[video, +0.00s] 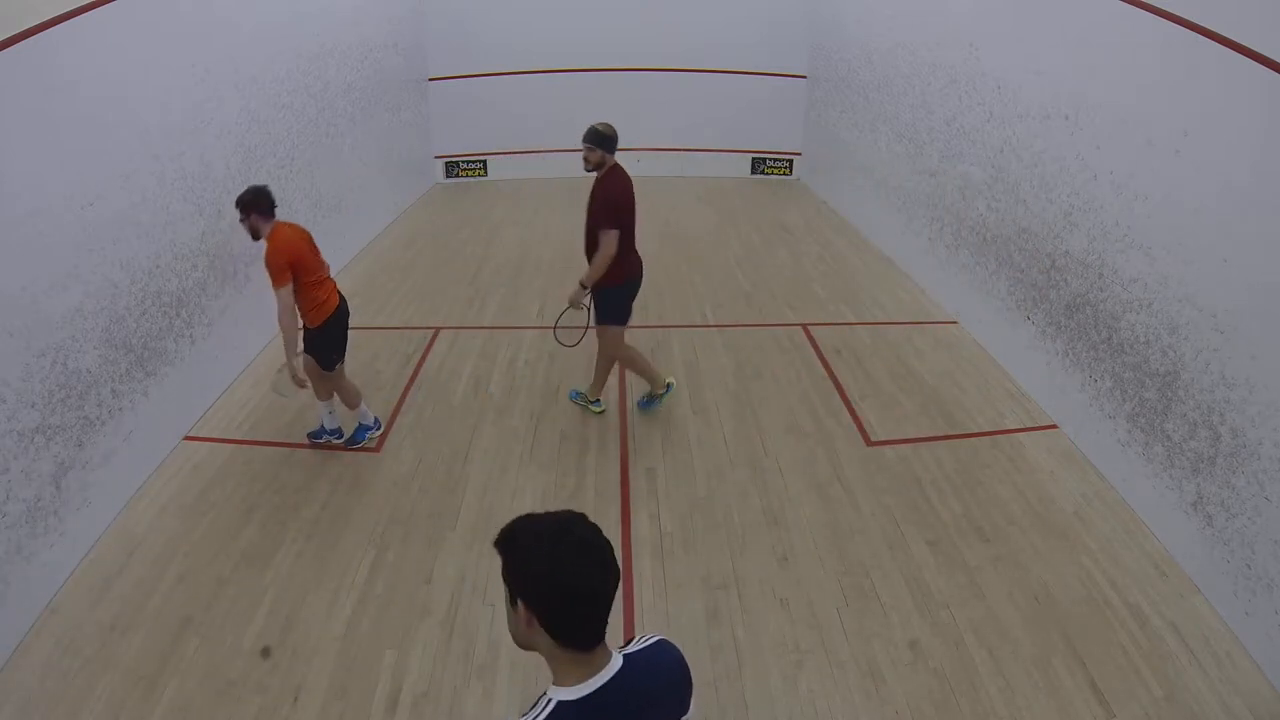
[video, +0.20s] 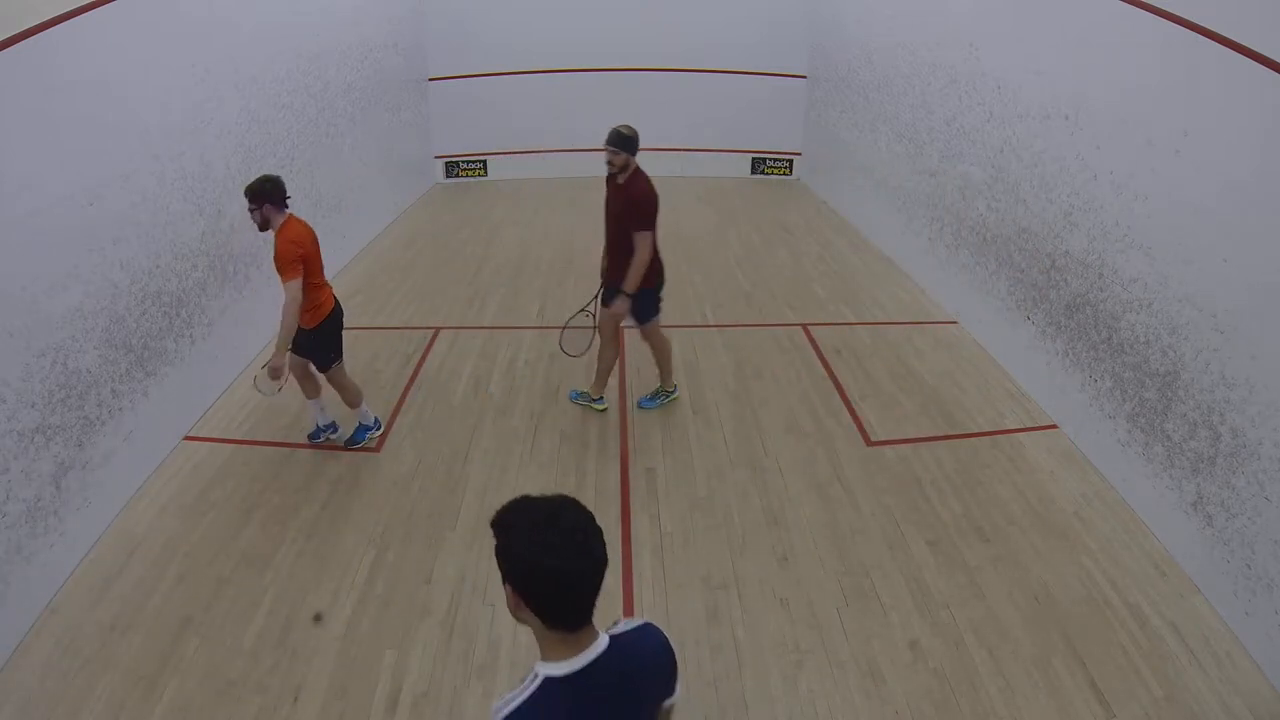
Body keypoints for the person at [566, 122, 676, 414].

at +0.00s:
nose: (584, 154)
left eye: (589, 149)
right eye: (583, 148)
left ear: (605, 152)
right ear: (605, 152)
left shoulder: (610, 186)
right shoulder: (613, 177)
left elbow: (609, 248)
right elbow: (612, 236)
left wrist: (582, 287)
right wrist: (594, 276)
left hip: (616, 277)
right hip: (618, 271)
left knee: (612, 345)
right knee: (608, 339)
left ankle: (660, 384)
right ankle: (594, 395)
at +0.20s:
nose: (608, 157)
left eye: (614, 152)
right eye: (607, 151)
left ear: (631, 154)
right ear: (607, 151)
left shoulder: (641, 191)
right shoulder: (613, 178)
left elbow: (644, 250)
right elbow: (615, 227)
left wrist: (626, 294)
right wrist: (607, 260)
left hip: (643, 277)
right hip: (617, 271)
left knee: (651, 333)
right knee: (607, 328)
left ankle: (668, 386)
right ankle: (596, 393)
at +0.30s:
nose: (620, 158)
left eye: (626, 154)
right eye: (618, 152)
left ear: (642, 155)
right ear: (616, 150)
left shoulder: (655, 190)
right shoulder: (618, 179)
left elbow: (663, 251)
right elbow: (617, 219)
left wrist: (651, 293)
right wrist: (607, 256)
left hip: (656, 269)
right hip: (625, 265)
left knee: (662, 327)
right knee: (608, 325)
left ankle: (669, 386)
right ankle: (606, 385)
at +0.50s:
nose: (635, 158)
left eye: (641, 153)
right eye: (632, 151)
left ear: (655, 153)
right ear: (628, 149)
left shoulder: (672, 188)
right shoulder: (623, 176)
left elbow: (689, 237)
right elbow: (617, 215)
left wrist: (695, 285)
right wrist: (605, 255)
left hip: (665, 273)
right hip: (631, 268)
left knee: (668, 327)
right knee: (623, 322)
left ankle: (669, 386)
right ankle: (627, 373)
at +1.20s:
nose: (620, 192)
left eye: (624, 187)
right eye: (615, 188)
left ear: (636, 176)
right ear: (609, 179)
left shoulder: (662, 180)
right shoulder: (606, 202)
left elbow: (689, 202)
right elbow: (604, 247)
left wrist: (699, 240)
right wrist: (600, 293)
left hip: (667, 265)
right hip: (634, 269)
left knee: (669, 324)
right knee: (636, 323)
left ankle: (674, 385)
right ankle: (636, 373)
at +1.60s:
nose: (630, 217)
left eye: (634, 211)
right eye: (625, 212)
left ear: (647, 200)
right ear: (619, 204)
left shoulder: (671, 190)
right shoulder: (619, 226)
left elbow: (698, 206)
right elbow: (624, 271)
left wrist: (716, 235)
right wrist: (623, 321)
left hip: (683, 272)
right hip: (647, 278)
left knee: (689, 331)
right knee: (640, 327)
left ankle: (695, 397)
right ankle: (637, 374)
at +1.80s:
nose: (665, 206)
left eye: (670, 200)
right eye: (659, 201)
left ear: (681, 192)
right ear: (653, 196)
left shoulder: (700, 197)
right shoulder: (644, 223)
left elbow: (719, 217)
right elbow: (646, 277)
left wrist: (733, 247)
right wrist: (652, 325)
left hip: (700, 281)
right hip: (664, 286)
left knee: (704, 341)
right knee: (650, 334)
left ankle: (694, 404)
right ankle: (636, 373)